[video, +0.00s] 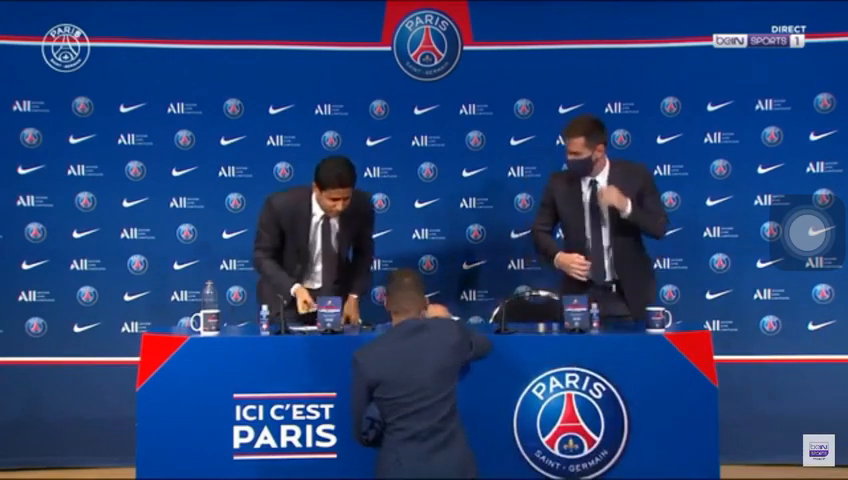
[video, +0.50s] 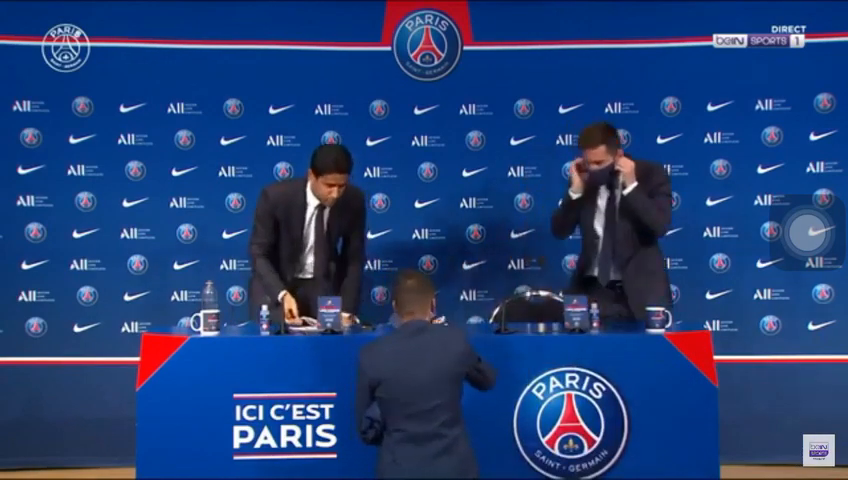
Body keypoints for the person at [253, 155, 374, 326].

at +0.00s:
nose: (339, 207)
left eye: (346, 199)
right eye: (333, 200)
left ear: (352, 191)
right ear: (316, 189)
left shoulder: (361, 205)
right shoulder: (280, 206)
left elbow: (364, 255)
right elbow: (262, 257)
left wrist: (354, 296)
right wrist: (294, 288)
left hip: (335, 298)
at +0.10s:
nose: (339, 204)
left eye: (345, 196)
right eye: (332, 197)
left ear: (351, 188)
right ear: (315, 186)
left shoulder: (360, 204)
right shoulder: (280, 203)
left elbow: (359, 255)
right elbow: (262, 255)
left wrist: (347, 297)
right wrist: (291, 289)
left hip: (331, 292)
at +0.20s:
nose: (338, 201)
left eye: (344, 194)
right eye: (332, 194)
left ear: (350, 186)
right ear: (314, 183)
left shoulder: (357, 203)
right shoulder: (277, 202)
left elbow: (358, 255)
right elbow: (260, 254)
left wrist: (346, 299)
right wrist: (289, 289)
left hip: (330, 292)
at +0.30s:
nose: (337, 200)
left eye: (343, 192)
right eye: (331, 192)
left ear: (349, 184)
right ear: (313, 182)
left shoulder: (355, 202)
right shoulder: (276, 201)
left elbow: (357, 258)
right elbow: (259, 256)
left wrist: (346, 305)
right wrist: (285, 294)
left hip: (327, 289)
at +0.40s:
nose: (336, 197)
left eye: (342, 190)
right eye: (330, 190)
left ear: (348, 183)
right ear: (312, 179)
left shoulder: (353, 201)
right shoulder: (275, 200)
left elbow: (355, 259)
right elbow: (260, 256)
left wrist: (347, 308)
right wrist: (283, 295)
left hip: (324, 287)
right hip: (280, 286)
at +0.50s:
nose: (335, 194)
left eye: (341, 186)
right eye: (329, 186)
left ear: (347, 180)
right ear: (311, 176)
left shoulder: (353, 200)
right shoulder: (275, 198)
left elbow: (354, 259)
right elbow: (259, 253)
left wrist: (347, 310)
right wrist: (282, 295)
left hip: (323, 289)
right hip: (278, 287)